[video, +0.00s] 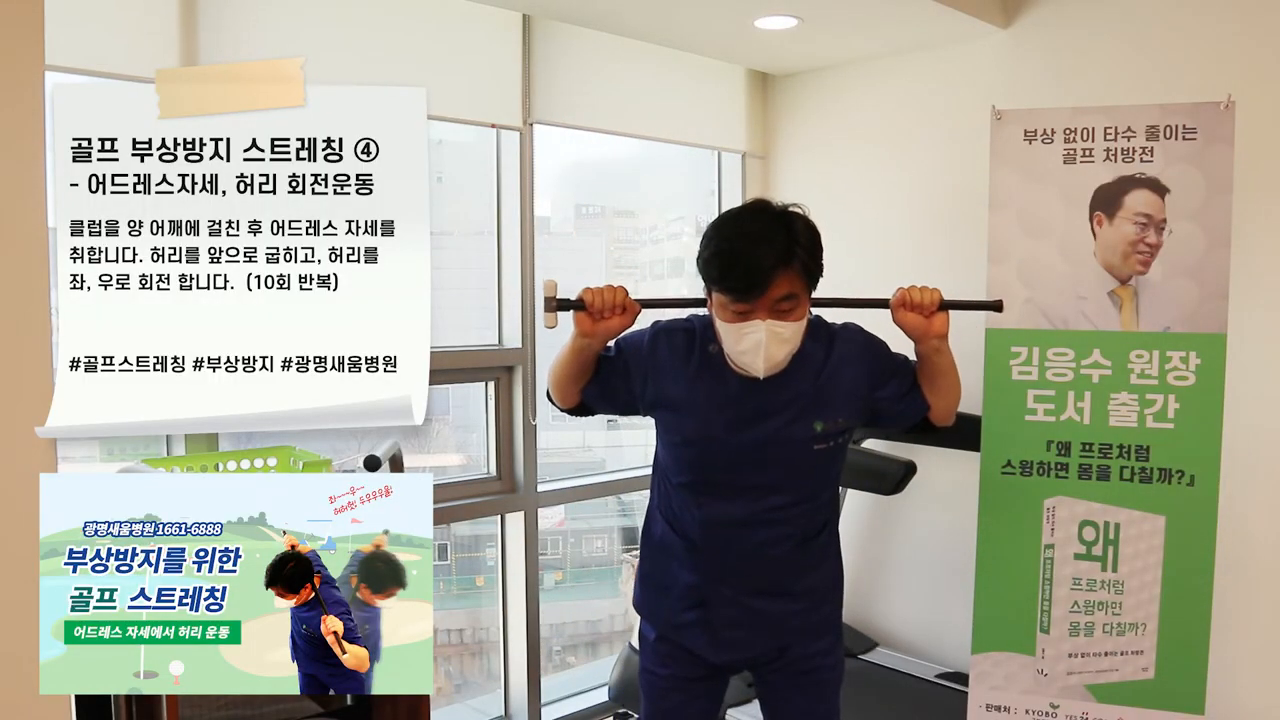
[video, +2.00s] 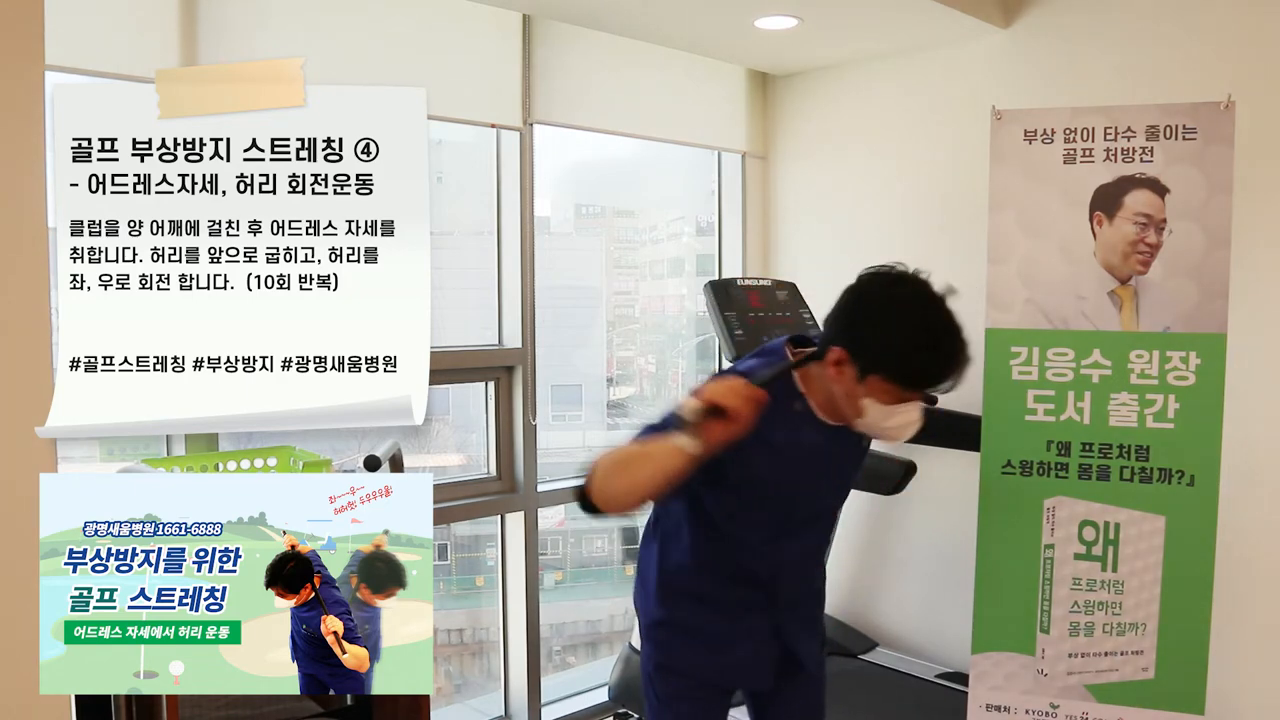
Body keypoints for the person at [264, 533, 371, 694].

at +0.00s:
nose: (278, 599)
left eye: (283, 596)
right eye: (276, 594)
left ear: (306, 590)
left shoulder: (334, 607)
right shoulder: (312, 570)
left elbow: (363, 665)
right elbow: (308, 552)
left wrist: (335, 642)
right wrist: (297, 547)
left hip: (344, 673)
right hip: (310, 667)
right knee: (312, 714)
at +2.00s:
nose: (278, 599)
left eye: (283, 596)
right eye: (276, 593)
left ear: (306, 590)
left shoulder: (334, 608)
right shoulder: (312, 570)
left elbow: (363, 665)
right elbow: (308, 552)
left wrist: (336, 643)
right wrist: (297, 547)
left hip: (344, 672)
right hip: (310, 667)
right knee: (312, 715)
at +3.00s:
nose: (278, 599)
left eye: (283, 596)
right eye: (276, 593)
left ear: (306, 590)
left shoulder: (334, 608)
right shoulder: (312, 570)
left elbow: (363, 665)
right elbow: (308, 552)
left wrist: (336, 643)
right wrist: (297, 547)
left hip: (344, 672)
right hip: (310, 667)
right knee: (312, 715)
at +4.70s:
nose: (278, 599)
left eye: (283, 595)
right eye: (276, 593)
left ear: (306, 589)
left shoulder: (334, 608)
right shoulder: (311, 570)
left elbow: (363, 665)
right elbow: (308, 552)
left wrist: (335, 642)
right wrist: (296, 547)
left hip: (344, 672)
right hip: (310, 666)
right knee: (312, 714)